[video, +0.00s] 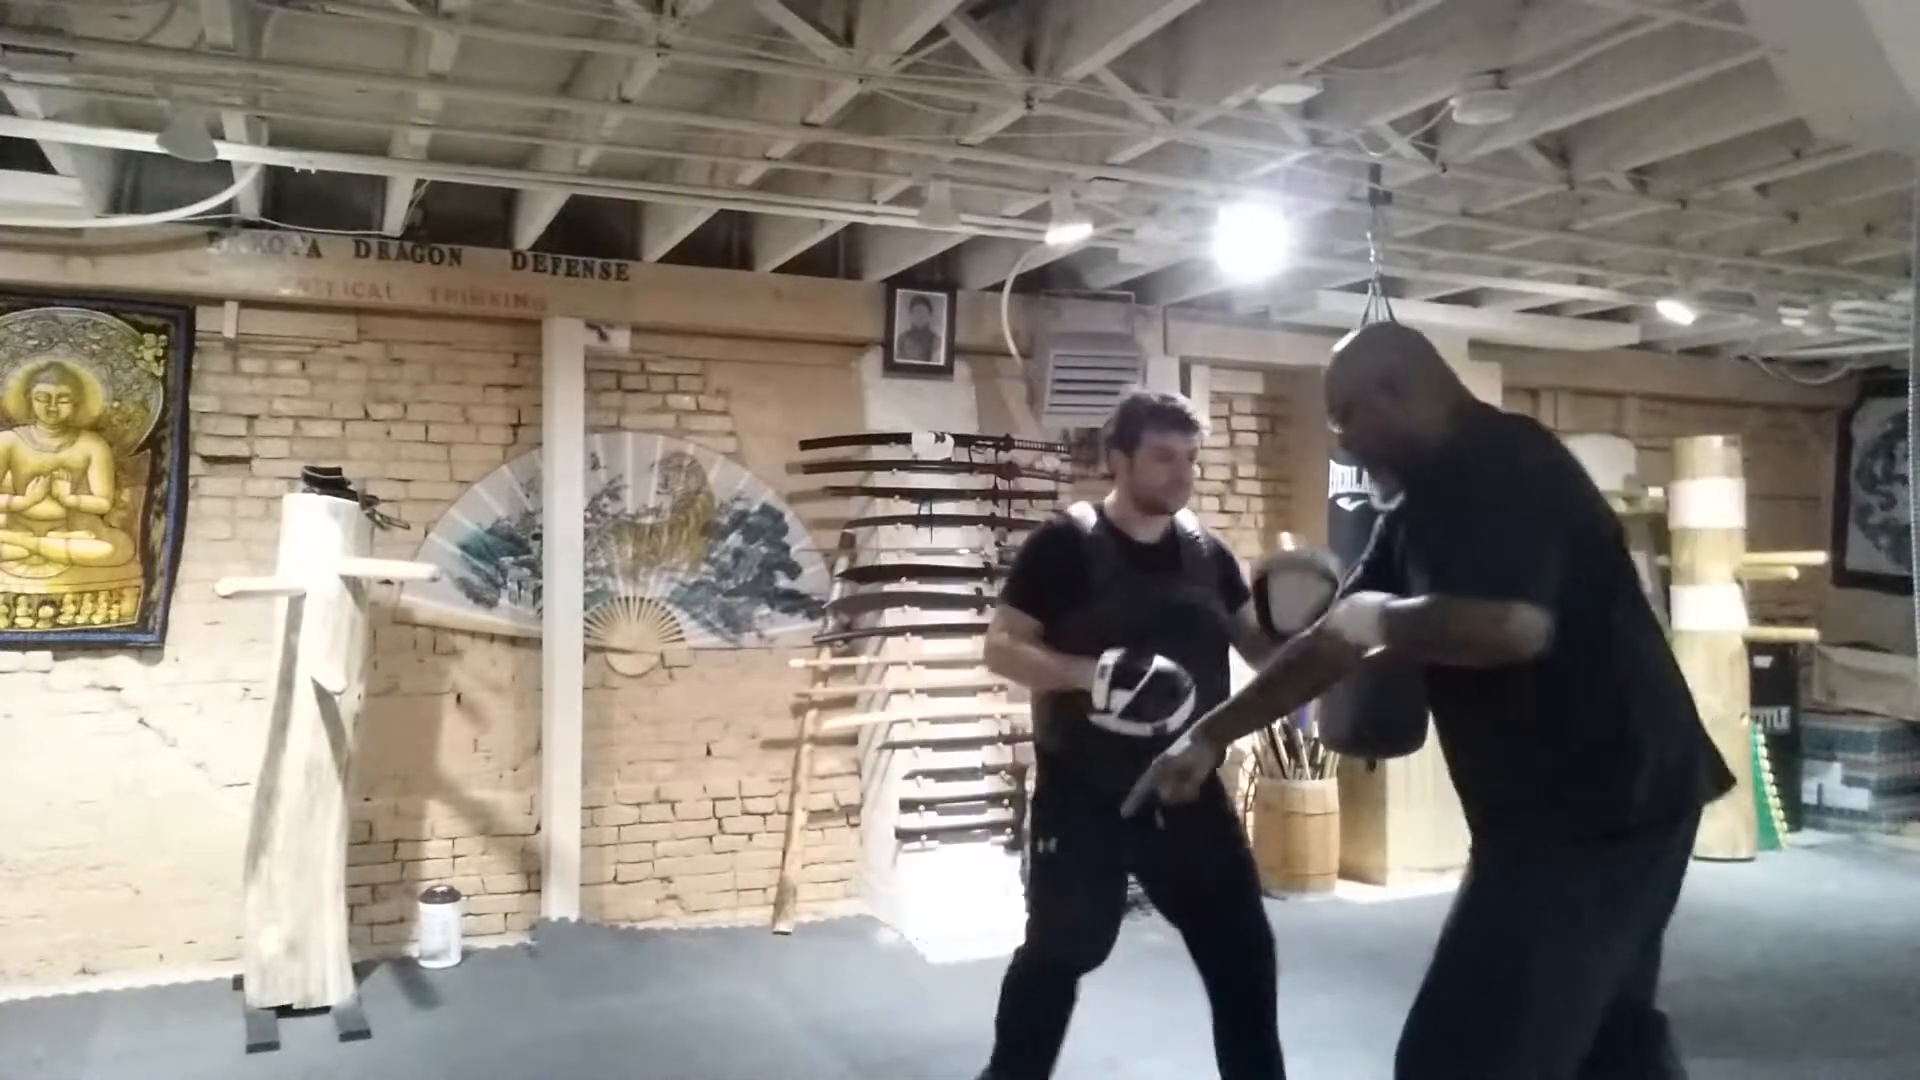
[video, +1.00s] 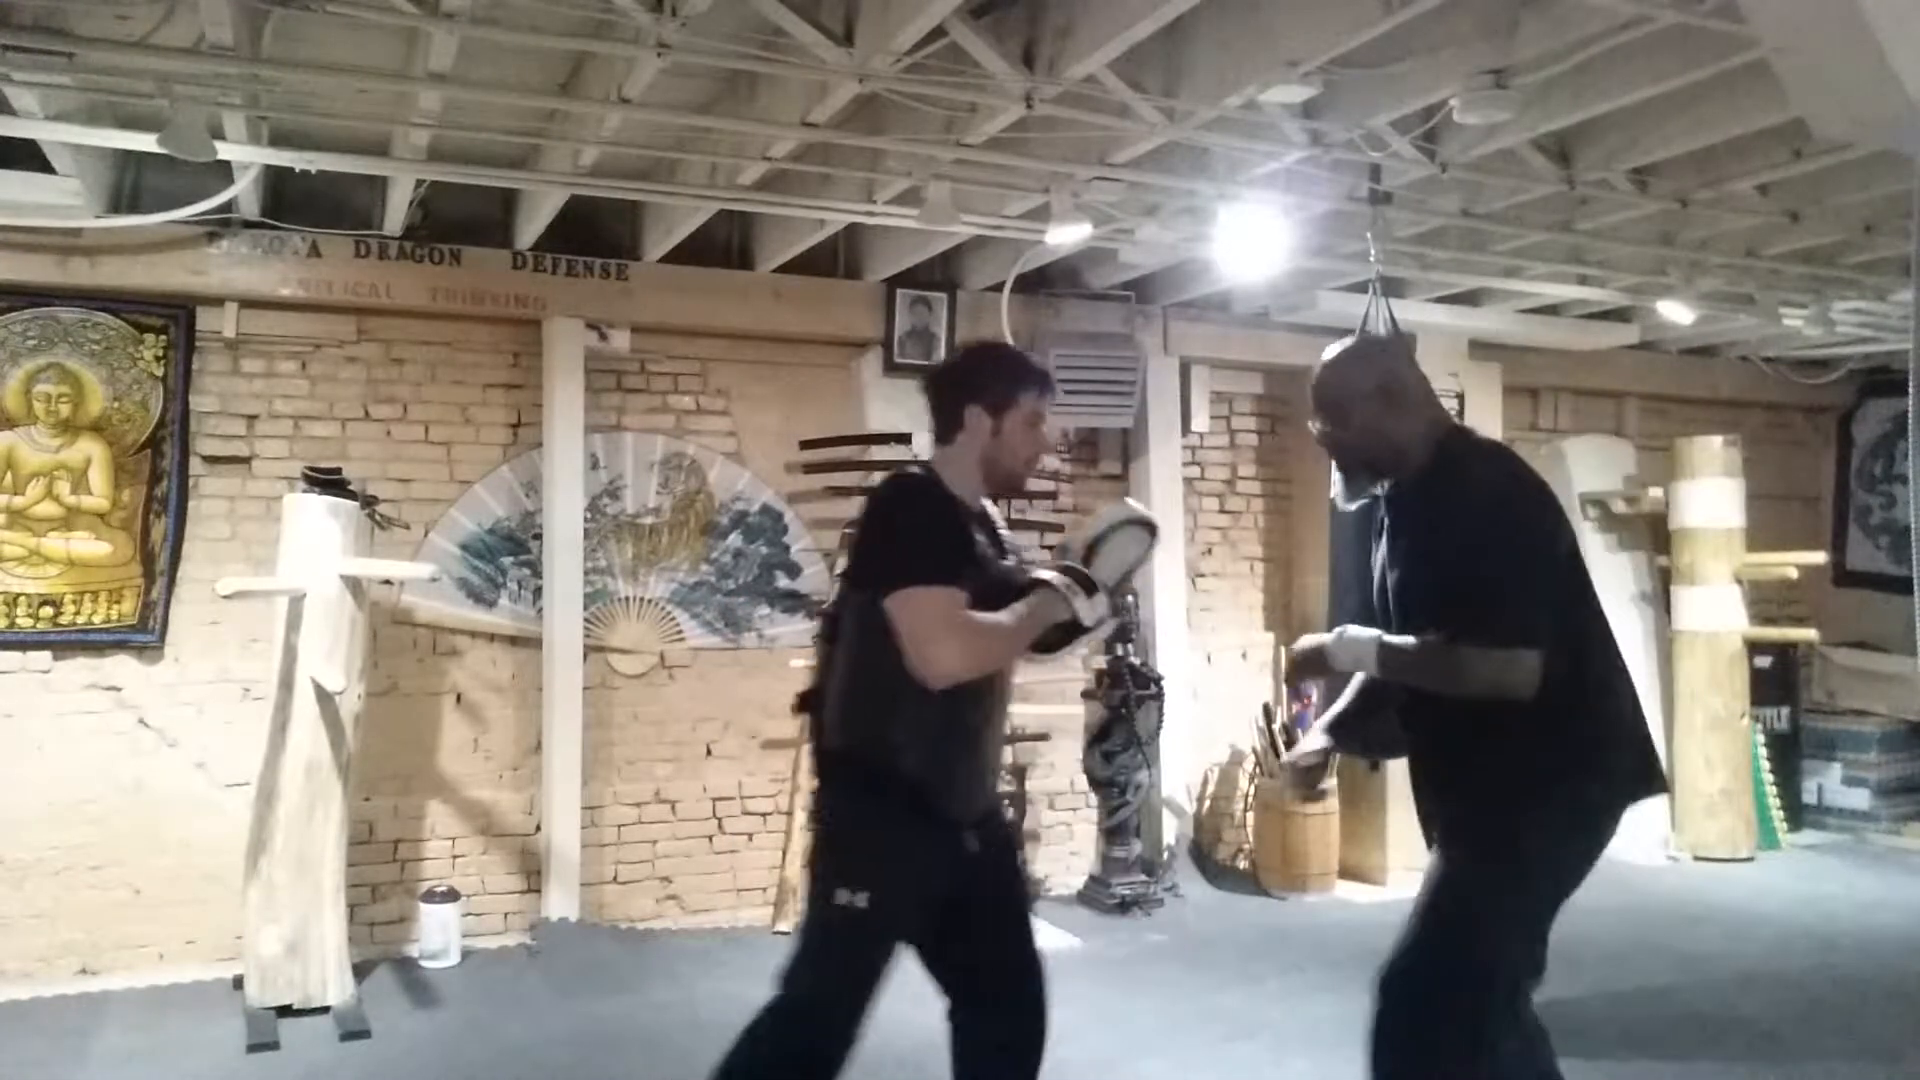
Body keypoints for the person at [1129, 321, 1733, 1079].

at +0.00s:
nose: (1341, 442)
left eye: (1344, 416)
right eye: (1336, 423)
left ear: (1396, 392)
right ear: (1397, 393)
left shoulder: (1500, 459)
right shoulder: (1426, 503)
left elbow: (1517, 624)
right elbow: (1343, 638)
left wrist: (1379, 620)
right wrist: (1208, 734)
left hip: (1592, 813)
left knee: (1451, 1060)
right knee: (1615, 1048)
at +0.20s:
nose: (1386, 432)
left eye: (1391, 405)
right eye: (1379, 416)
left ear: (1452, 379)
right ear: (1455, 383)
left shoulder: (1578, 460)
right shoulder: (1454, 499)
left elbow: (1644, 644)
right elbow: (1371, 626)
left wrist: (1461, 629)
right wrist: (1247, 720)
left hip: (1625, 816)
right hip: (1553, 818)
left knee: (1528, 1047)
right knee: (1646, 1041)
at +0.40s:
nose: (1409, 417)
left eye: (1417, 395)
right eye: (1405, 399)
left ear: (1480, 383)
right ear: (1469, 389)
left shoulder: (1612, 470)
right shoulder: (1467, 495)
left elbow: (1683, 641)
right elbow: (1396, 612)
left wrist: (1501, 630)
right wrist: (1299, 669)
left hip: (1622, 809)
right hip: (1554, 806)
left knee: (1488, 1050)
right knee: (1639, 1035)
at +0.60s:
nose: (1382, 422)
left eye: (1391, 395)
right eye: (1377, 401)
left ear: (1456, 377)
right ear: (1451, 383)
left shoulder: (1582, 475)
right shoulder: (1434, 501)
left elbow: (1664, 639)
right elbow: (1425, 630)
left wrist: (1483, 641)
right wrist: (1383, 719)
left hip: (1598, 808)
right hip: (1518, 807)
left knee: (1457, 1043)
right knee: (1612, 1030)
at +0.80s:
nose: (1326, 435)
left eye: (1333, 414)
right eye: (1320, 418)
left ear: (1391, 389)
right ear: (1391, 392)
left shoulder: (1508, 480)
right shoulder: (1406, 495)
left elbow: (1580, 663)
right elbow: (1428, 645)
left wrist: (1415, 659)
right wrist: (1404, 746)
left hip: (1571, 781)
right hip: (1493, 780)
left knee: (1432, 1034)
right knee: (1509, 1018)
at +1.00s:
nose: (1321, 439)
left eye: (1330, 418)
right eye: (1317, 421)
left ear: (1391, 400)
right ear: (1390, 403)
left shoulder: (1485, 485)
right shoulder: (1407, 503)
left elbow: (1513, 666)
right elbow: (1409, 657)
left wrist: (1356, 646)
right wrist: (1324, 739)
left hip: (1552, 789)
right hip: (1489, 787)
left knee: (1422, 1004)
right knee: (1488, 1007)